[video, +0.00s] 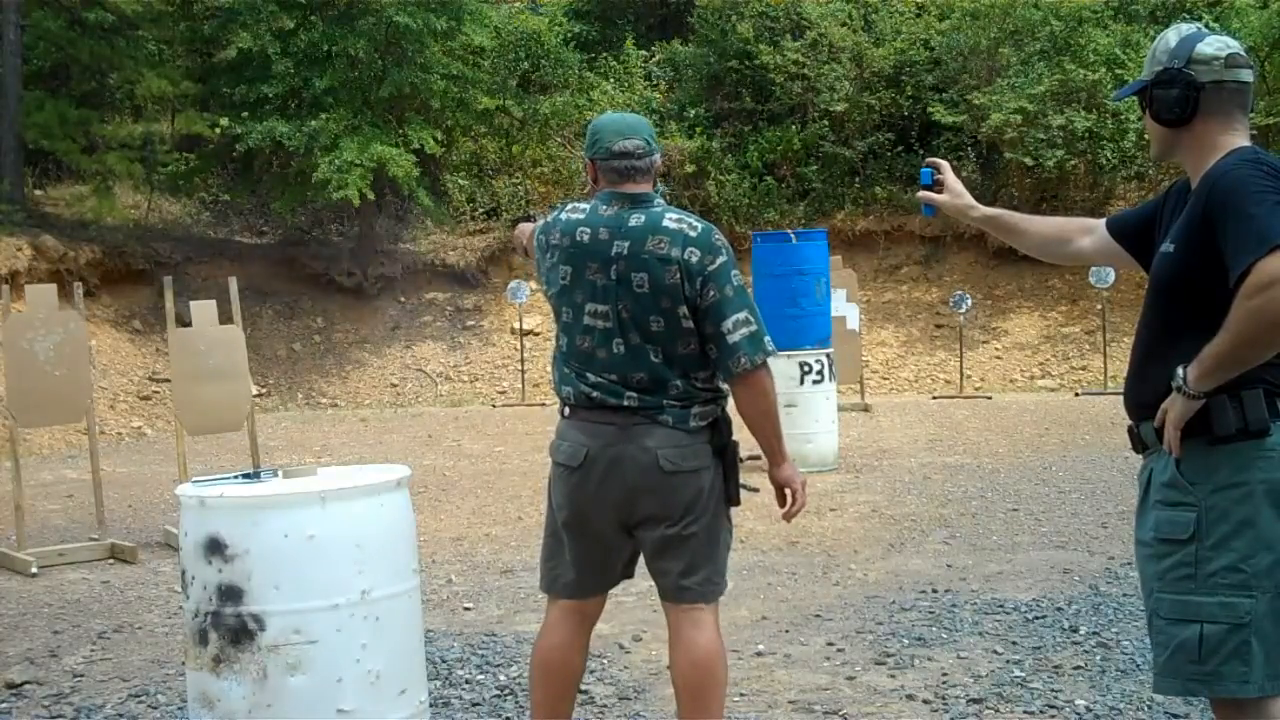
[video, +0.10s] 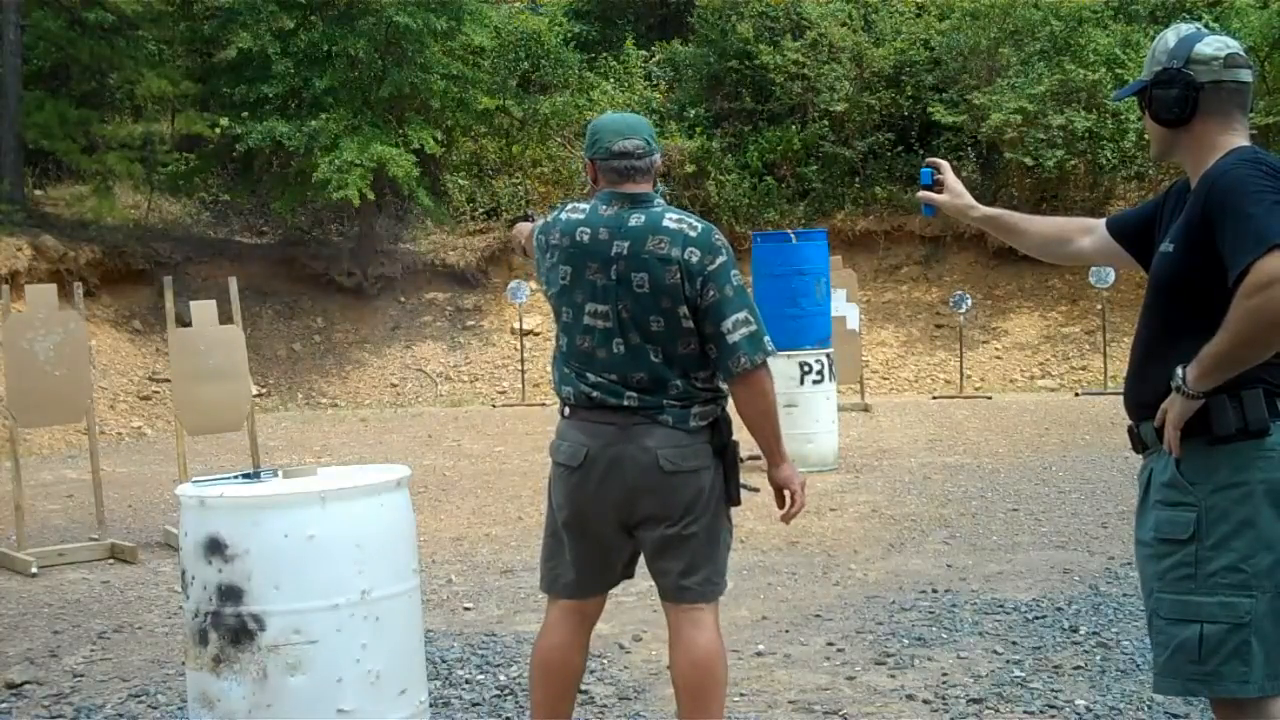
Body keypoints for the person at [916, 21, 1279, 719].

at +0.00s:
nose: (1145, 115)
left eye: (1150, 100)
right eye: (1146, 101)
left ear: (1177, 102)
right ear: (1223, 101)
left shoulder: (1242, 181)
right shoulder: (1191, 197)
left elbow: (1274, 283)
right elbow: (1084, 238)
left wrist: (1194, 381)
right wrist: (974, 213)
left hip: (1224, 462)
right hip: (1205, 457)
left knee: (1242, 692)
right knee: (1241, 685)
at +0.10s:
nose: (1145, 115)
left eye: (1150, 100)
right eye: (1146, 101)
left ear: (1176, 102)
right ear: (1224, 100)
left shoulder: (1242, 180)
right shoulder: (1190, 197)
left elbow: (1273, 282)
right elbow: (1085, 238)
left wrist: (1193, 381)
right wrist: (974, 213)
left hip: (1225, 462)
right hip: (1206, 457)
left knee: (1242, 692)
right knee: (1241, 685)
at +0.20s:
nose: (1146, 117)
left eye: (1150, 102)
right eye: (1146, 102)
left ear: (1175, 102)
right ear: (1227, 100)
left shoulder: (1242, 180)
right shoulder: (1191, 198)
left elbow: (1273, 281)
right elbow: (1083, 238)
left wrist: (1192, 383)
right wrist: (974, 213)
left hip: (1224, 463)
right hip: (1210, 458)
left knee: (1241, 692)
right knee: (1243, 685)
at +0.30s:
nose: (1146, 117)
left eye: (1150, 102)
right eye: (1146, 102)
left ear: (1175, 102)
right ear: (1227, 100)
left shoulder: (1242, 180)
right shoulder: (1191, 198)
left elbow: (1273, 281)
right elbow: (1083, 238)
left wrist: (1192, 383)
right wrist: (974, 213)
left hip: (1224, 463)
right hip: (1210, 458)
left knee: (1241, 692)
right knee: (1242, 685)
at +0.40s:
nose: (1146, 117)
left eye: (1150, 103)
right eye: (1146, 103)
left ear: (1175, 102)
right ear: (1226, 100)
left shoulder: (1241, 180)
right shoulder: (1190, 197)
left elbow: (1272, 282)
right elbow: (1084, 238)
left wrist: (1190, 384)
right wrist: (974, 213)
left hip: (1224, 463)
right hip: (1210, 458)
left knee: (1241, 692)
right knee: (1242, 685)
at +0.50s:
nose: (1144, 116)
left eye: (1149, 101)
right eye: (1145, 102)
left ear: (1173, 102)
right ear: (1226, 100)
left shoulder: (1238, 180)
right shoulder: (1189, 196)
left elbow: (1271, 283)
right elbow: (1084, 238)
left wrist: (1189, 384)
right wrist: (974, 214)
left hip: (1223, 463)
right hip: (1210, 458)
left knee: (1241, 692)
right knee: (1241, 685)